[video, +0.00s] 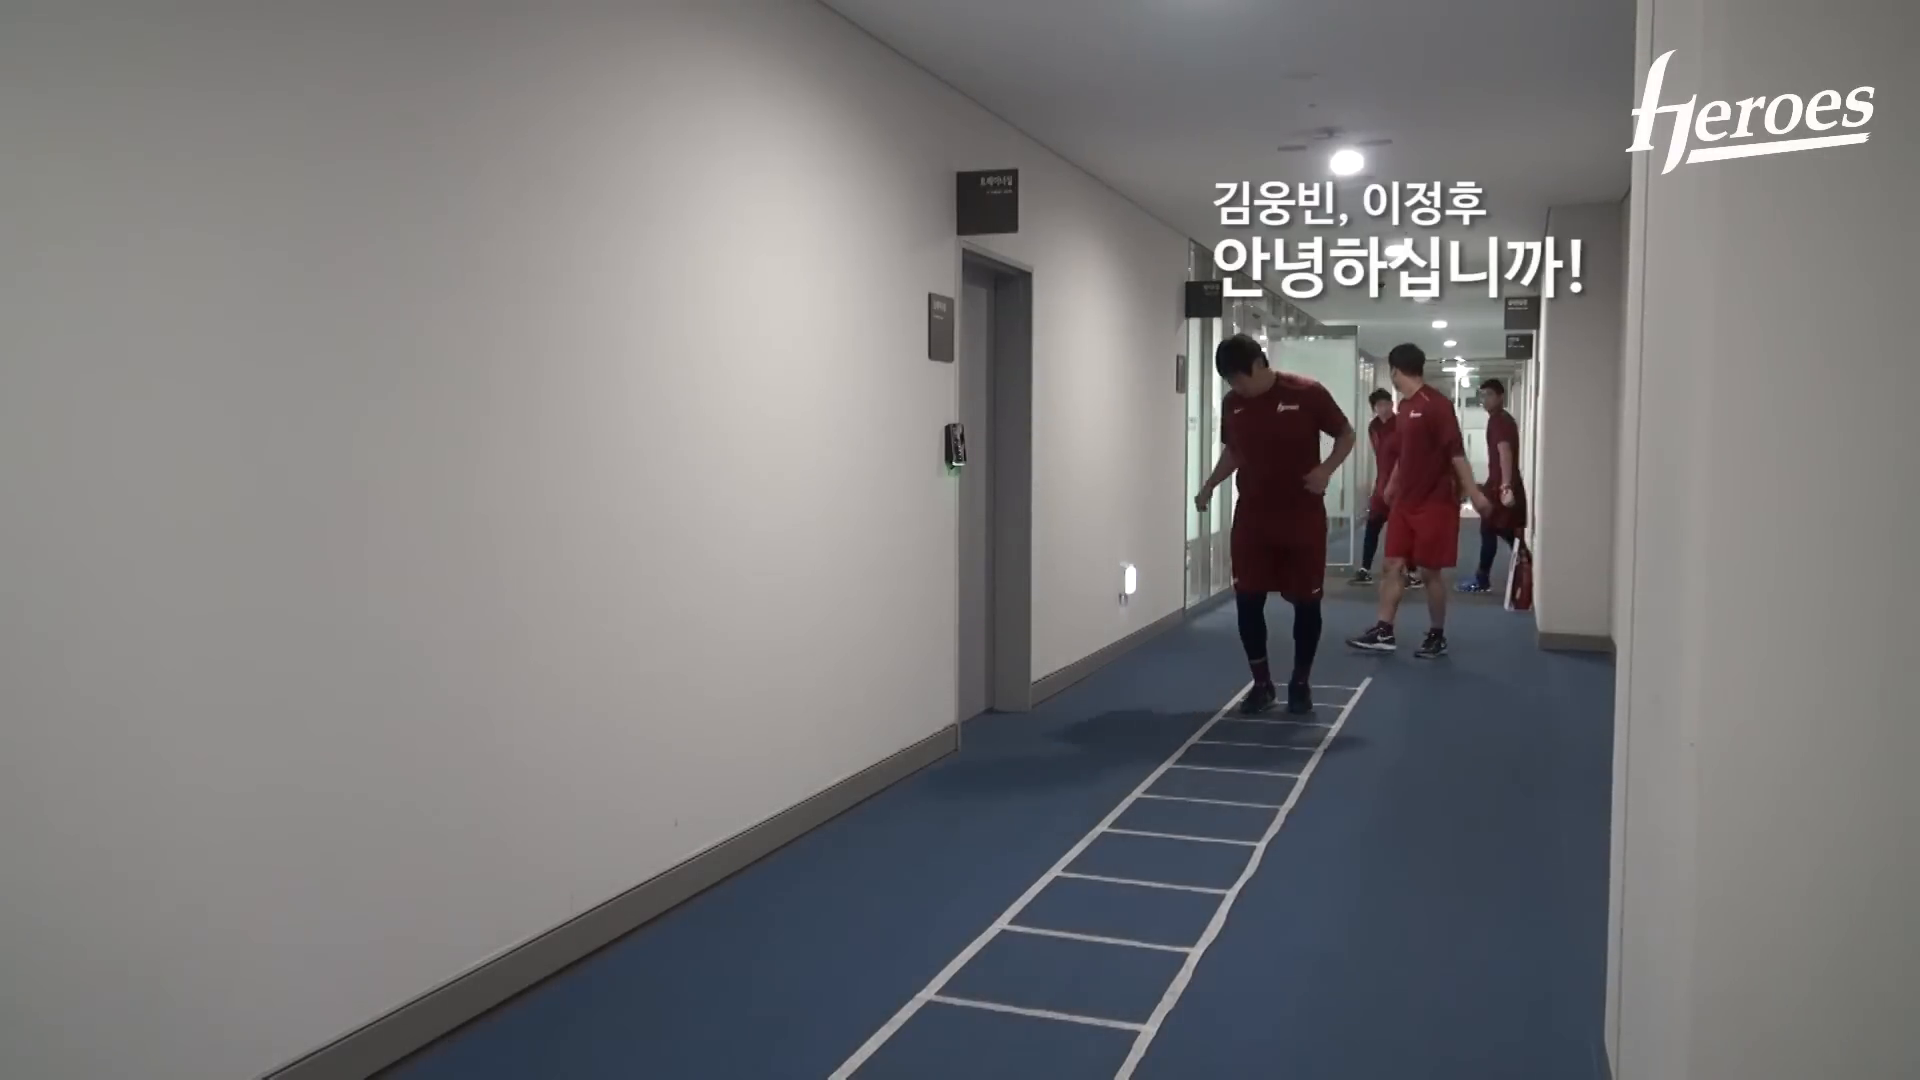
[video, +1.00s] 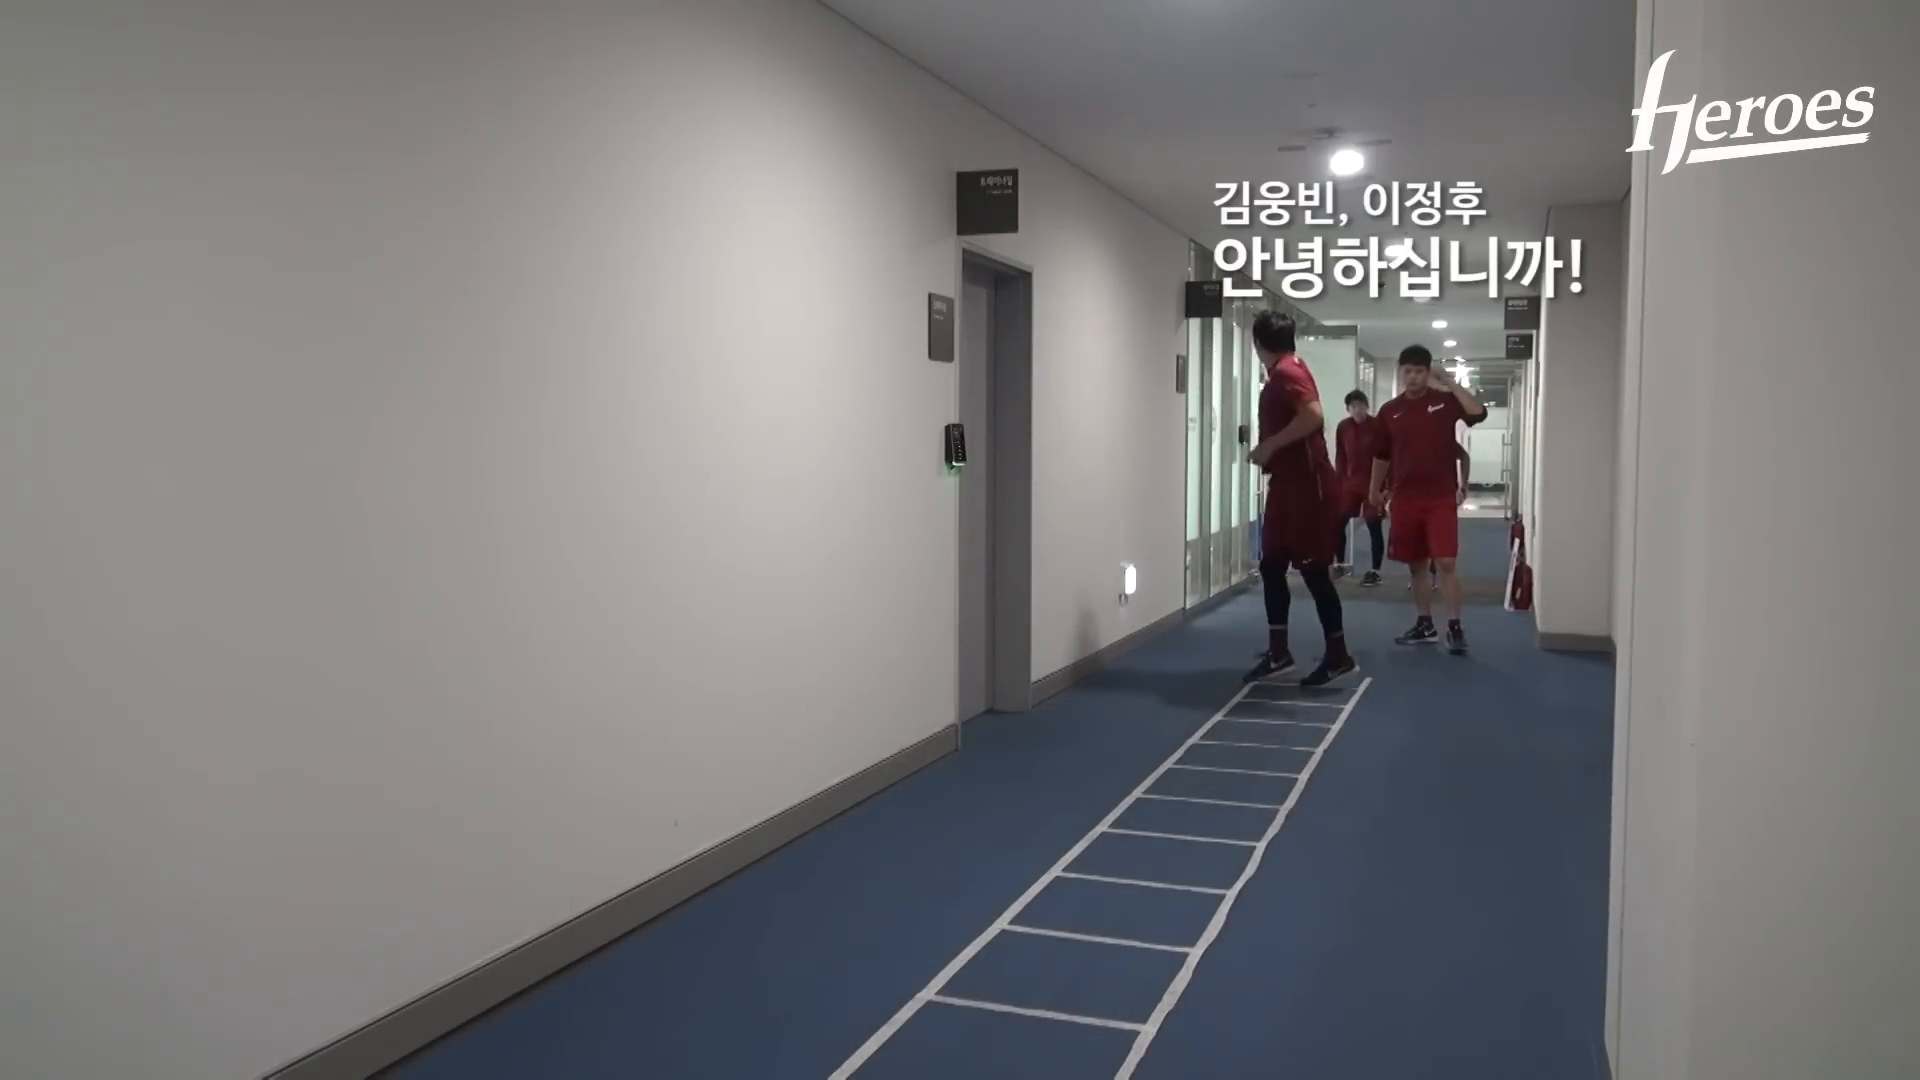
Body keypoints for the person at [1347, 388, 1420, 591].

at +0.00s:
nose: (1383, 409)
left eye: (1386, 404)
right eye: (1379, 405)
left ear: (1392, 405)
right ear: (1374, 408)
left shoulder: (1401, 425)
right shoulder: (1374, 428)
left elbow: (1407, 455)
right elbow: (1380, 456)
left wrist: (1400, 481)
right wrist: (1379, 483)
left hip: (1401, 485)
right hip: (1382, 485)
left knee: (1405, 527)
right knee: (1373, 525)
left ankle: (1412, 570)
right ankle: (1365, 568)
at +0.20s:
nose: (1365, 415)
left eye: (1367, 410)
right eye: (1361, 412)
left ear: (1374, 408)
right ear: (1357, 414)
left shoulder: (1391, 427)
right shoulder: (1357, 430)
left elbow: (1400, 455)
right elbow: (1355, 457)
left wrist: (1395, 482)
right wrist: (1356, 483)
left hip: (1388, 485)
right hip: (1368, 486)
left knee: (1386, 527)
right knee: (1366, 527)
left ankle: (1393, 568)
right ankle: (1363, 567)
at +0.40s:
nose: (1359, 425)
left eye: (1361, 419)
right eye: (1355, 422)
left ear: (1367, 415)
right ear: (1350, 422)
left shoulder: (1386, 431)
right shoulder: (1349, 436)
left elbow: (1396, 460)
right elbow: (1344, 464)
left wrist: (1395, 488)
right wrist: (1345, 488)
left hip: (1383, 490)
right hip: (1360, 491)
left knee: (1380, 531)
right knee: (1362, 529)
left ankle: (1376, 569)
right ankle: (1363, 568)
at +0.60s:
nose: (1362, 434)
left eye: (1364, 430)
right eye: (1357, 431)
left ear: (1369, 423)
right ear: (1351, 428)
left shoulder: (1382, 434)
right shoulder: (1348, 438)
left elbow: (1392, 460)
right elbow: (1347, 466)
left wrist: (1393, 487)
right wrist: (1348, 489)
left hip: (1380, 487)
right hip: (1358, 488)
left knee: (1377, 527)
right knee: (1360, 528)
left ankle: (1375, 569)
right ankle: (1362, 567)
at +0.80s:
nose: (1363, 425)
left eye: (1366, 420)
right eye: (1359, 421)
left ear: (1371, 416)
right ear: (1352, 419)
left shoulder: (1380, 430)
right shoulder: (1346, 431)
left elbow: (1388, 461)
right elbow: (1343, 462)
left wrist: (1390, 491)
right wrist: (1341, 489)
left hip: (1377, 488)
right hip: (1355, 488)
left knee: (1376, 526)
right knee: (1351, 526)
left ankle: (1375, 569)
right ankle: (1360, 567)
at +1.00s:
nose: (1355, 410)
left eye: (1358, 405)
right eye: (1352, 406)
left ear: (1366, 406)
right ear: (1348, 409)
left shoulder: (1378, 425)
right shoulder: (1344, 427)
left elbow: (1385, 457)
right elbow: (1340, 455)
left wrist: (1386, 486)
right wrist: (1339, 479)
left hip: (1372, 486)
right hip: (1349, 485)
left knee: (1375, 527)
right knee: (1338, 523)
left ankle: (1375, 569)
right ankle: (1340, 563)